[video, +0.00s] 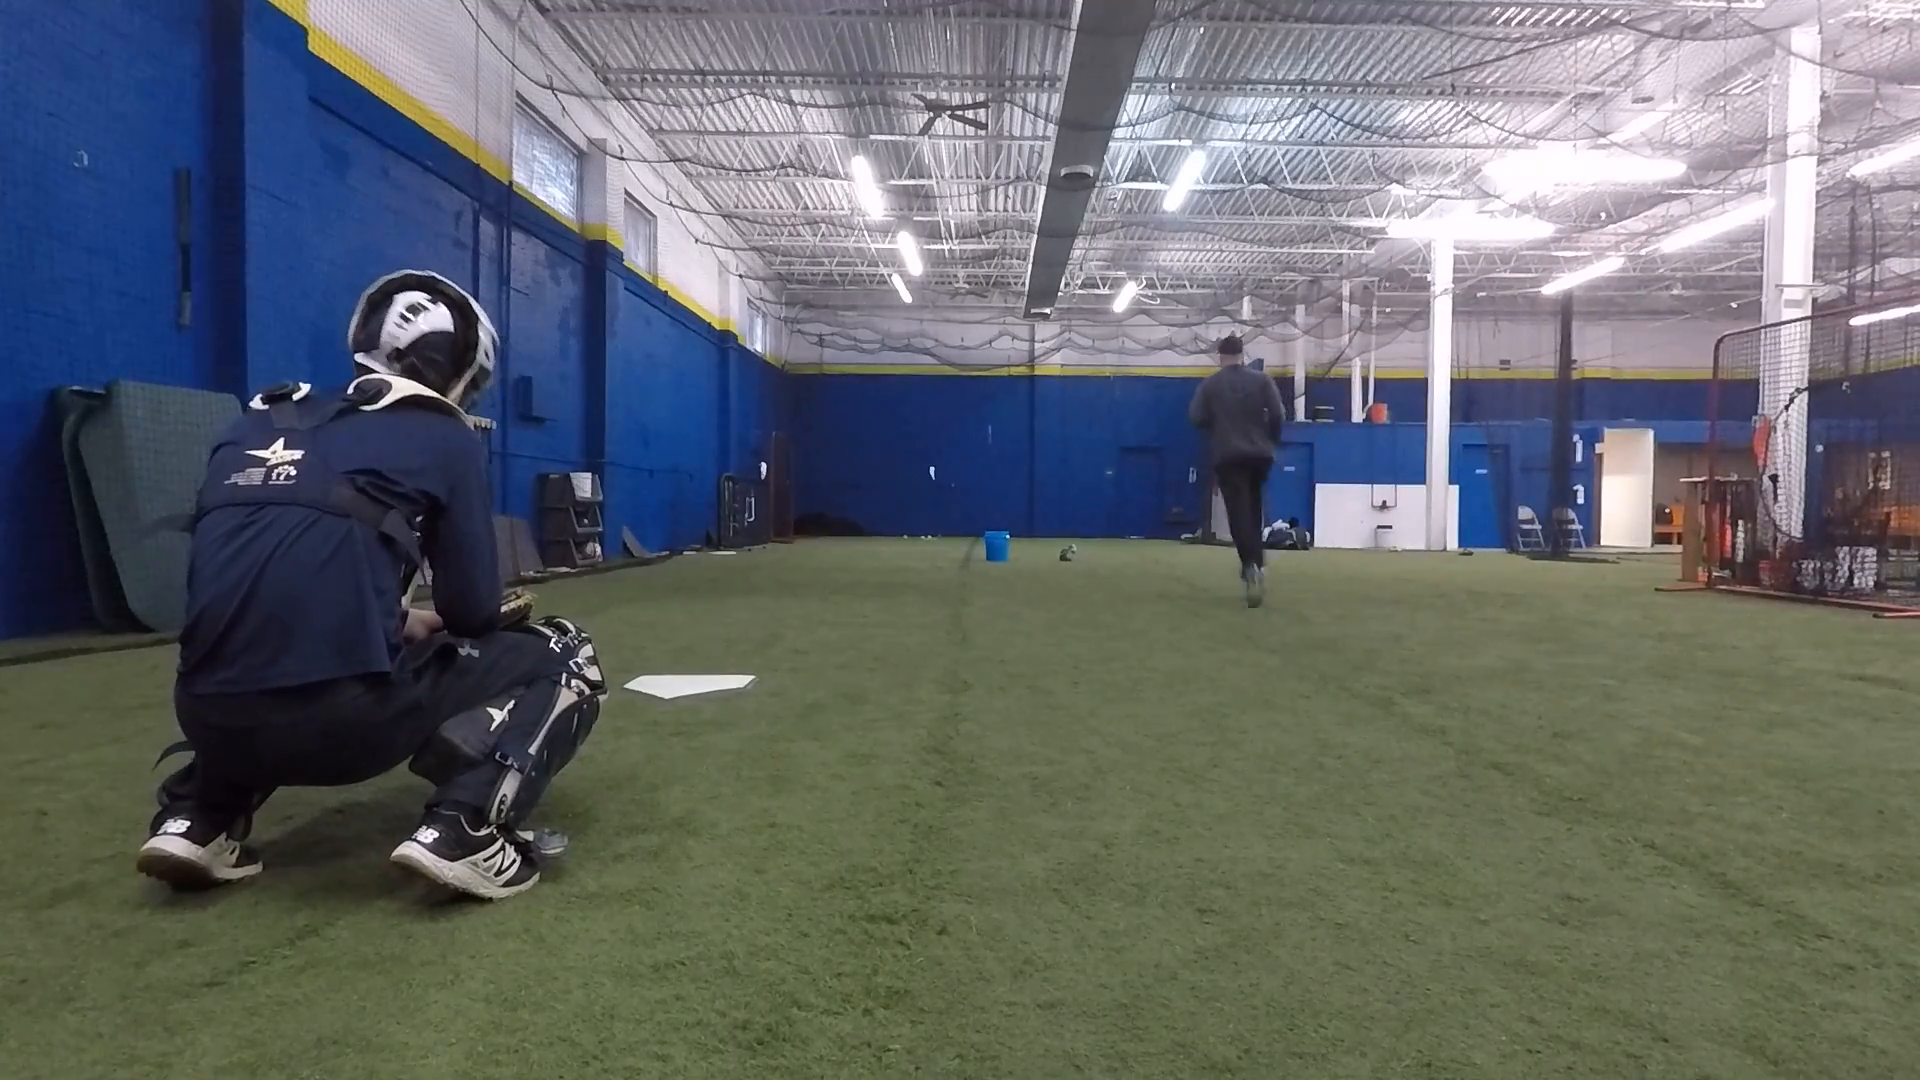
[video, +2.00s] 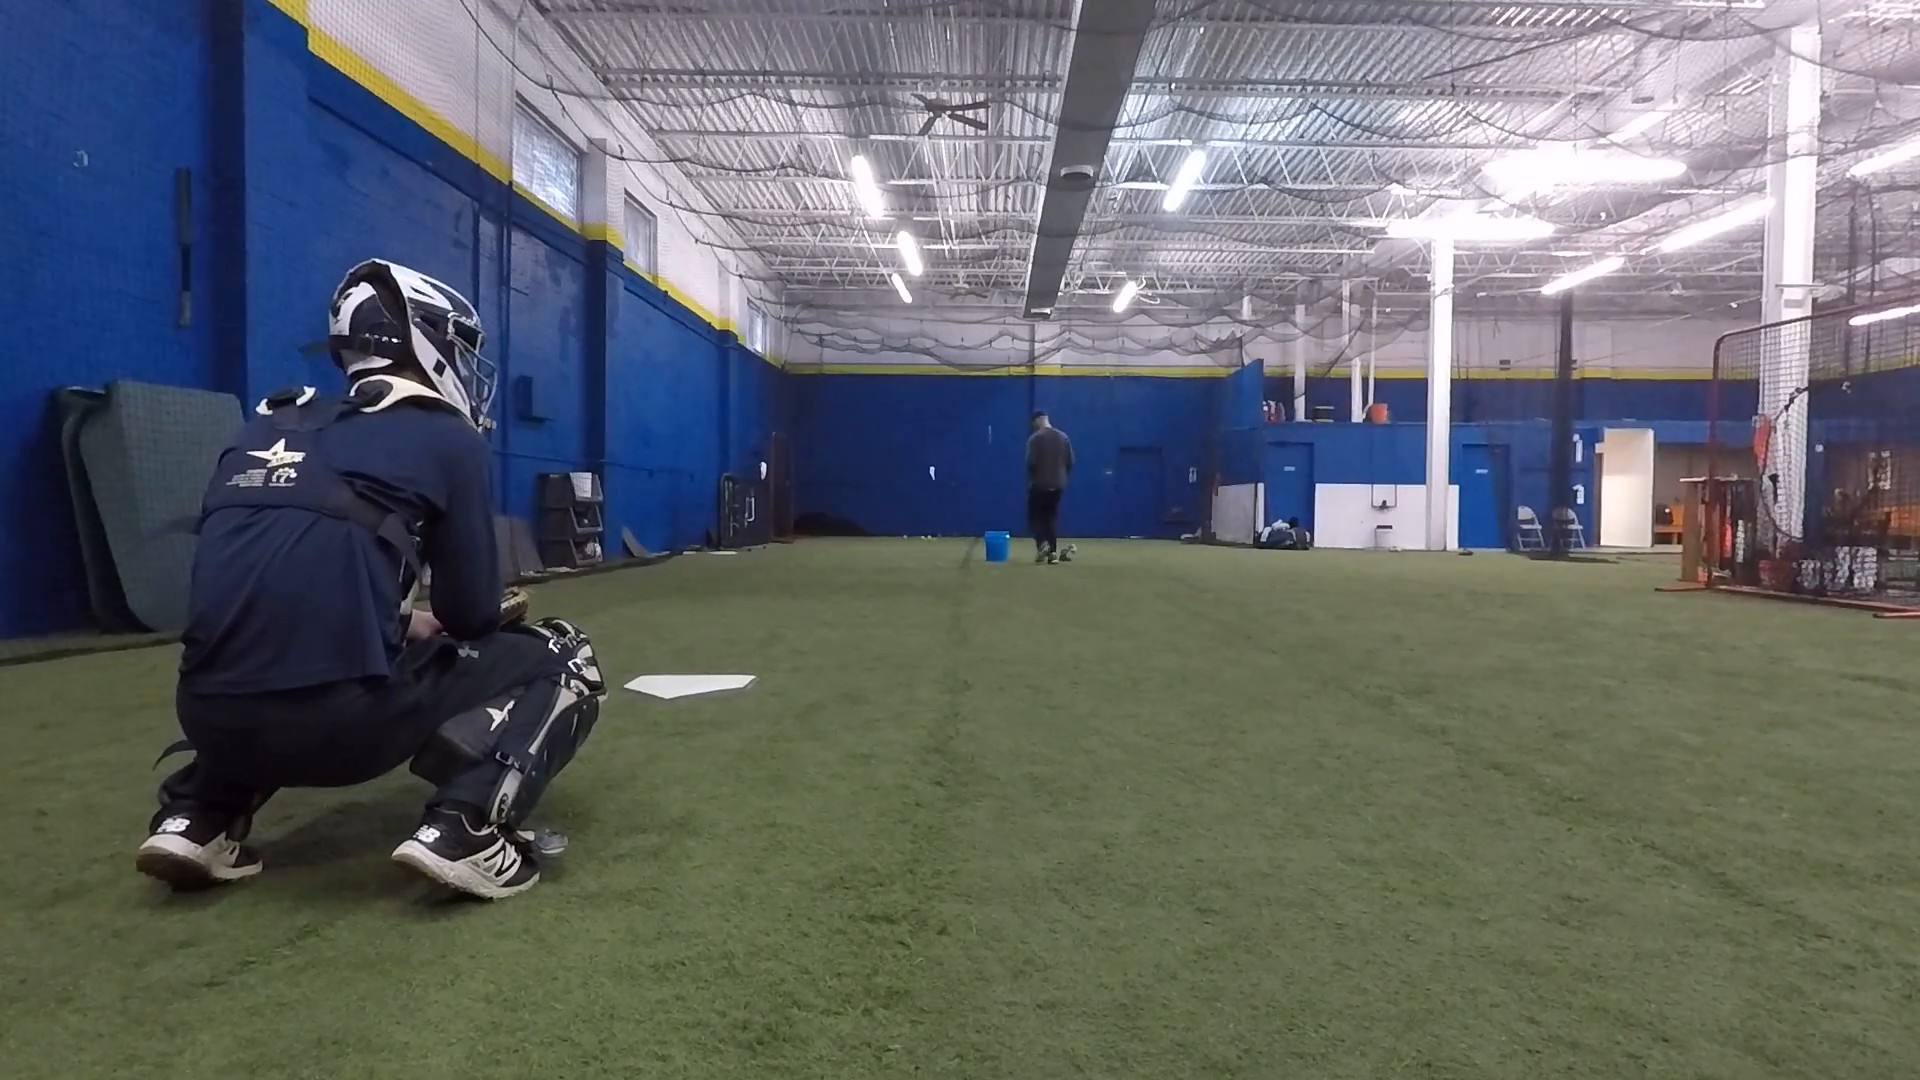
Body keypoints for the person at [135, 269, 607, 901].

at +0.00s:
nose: (472, 395)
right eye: (472, 380)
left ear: (362, 351)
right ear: (457, 375)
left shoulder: (257, 419)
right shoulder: (447, 436)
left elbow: (240, 576)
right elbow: (472, 610)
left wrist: (391, 619)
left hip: (217, 721)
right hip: (345, 722)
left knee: (275, 623)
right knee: (567, 657)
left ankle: (196, 817)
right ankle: (466, 826)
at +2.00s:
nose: (467, 372)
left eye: (466, 353)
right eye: (459, 351)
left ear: (352, 352)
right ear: (429, 344)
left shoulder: (265, 428)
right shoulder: (448, 439)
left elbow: (260, 588)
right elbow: (470, 614)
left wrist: (402, 625)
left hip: (217, 721)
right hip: (343, 726)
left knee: (283, 631)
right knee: (565, 659)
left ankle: (195, 817)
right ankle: (466, 826)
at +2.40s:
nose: (477, 371)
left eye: (476, 353)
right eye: (468, 351)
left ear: (361, 353)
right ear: (434, 348)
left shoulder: (274, 422)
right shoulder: (447, 437)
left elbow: (262, 585)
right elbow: (472, 614)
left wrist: (401, 625)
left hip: (220, 722)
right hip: (343, 726)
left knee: (285, 629)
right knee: (565, 659)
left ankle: (196, 817)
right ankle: (466, 826)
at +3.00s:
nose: (473, 373)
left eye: (472, 357)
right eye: (469, 356)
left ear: (353, 355)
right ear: (451, 356)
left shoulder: (276, 428)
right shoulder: (454, 439)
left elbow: (259, 587)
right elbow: (472, 618)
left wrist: (396, 625)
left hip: (219, 720)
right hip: (345, 722)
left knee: (286, 630)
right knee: (564, 658)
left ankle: (195, 815)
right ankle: (465, 825)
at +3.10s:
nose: (473, 371)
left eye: (471, 355)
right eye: (468, 354)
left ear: (353, 353)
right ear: (450, 354)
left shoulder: (278, 425)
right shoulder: (456, 438)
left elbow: (260, 582)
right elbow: (473, 617)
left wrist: (391, 618)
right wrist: (403, 622)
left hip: (218, 717)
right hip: (344, 720)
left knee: (290, 628)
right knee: (564, 659)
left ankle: (197, 816)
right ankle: (463, 825)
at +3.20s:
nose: (473, 369)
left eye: (471, 354)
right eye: (469, 353)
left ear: (354, 353)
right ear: (452, 355)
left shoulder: (278, 426)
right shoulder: (457, 438)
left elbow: (262, 584)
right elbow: (474, 617)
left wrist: (395, 617)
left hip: (219, 715)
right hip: (346, 718)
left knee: (289, 629)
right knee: (564, 661)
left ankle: (198, 816)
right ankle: (464, 824)